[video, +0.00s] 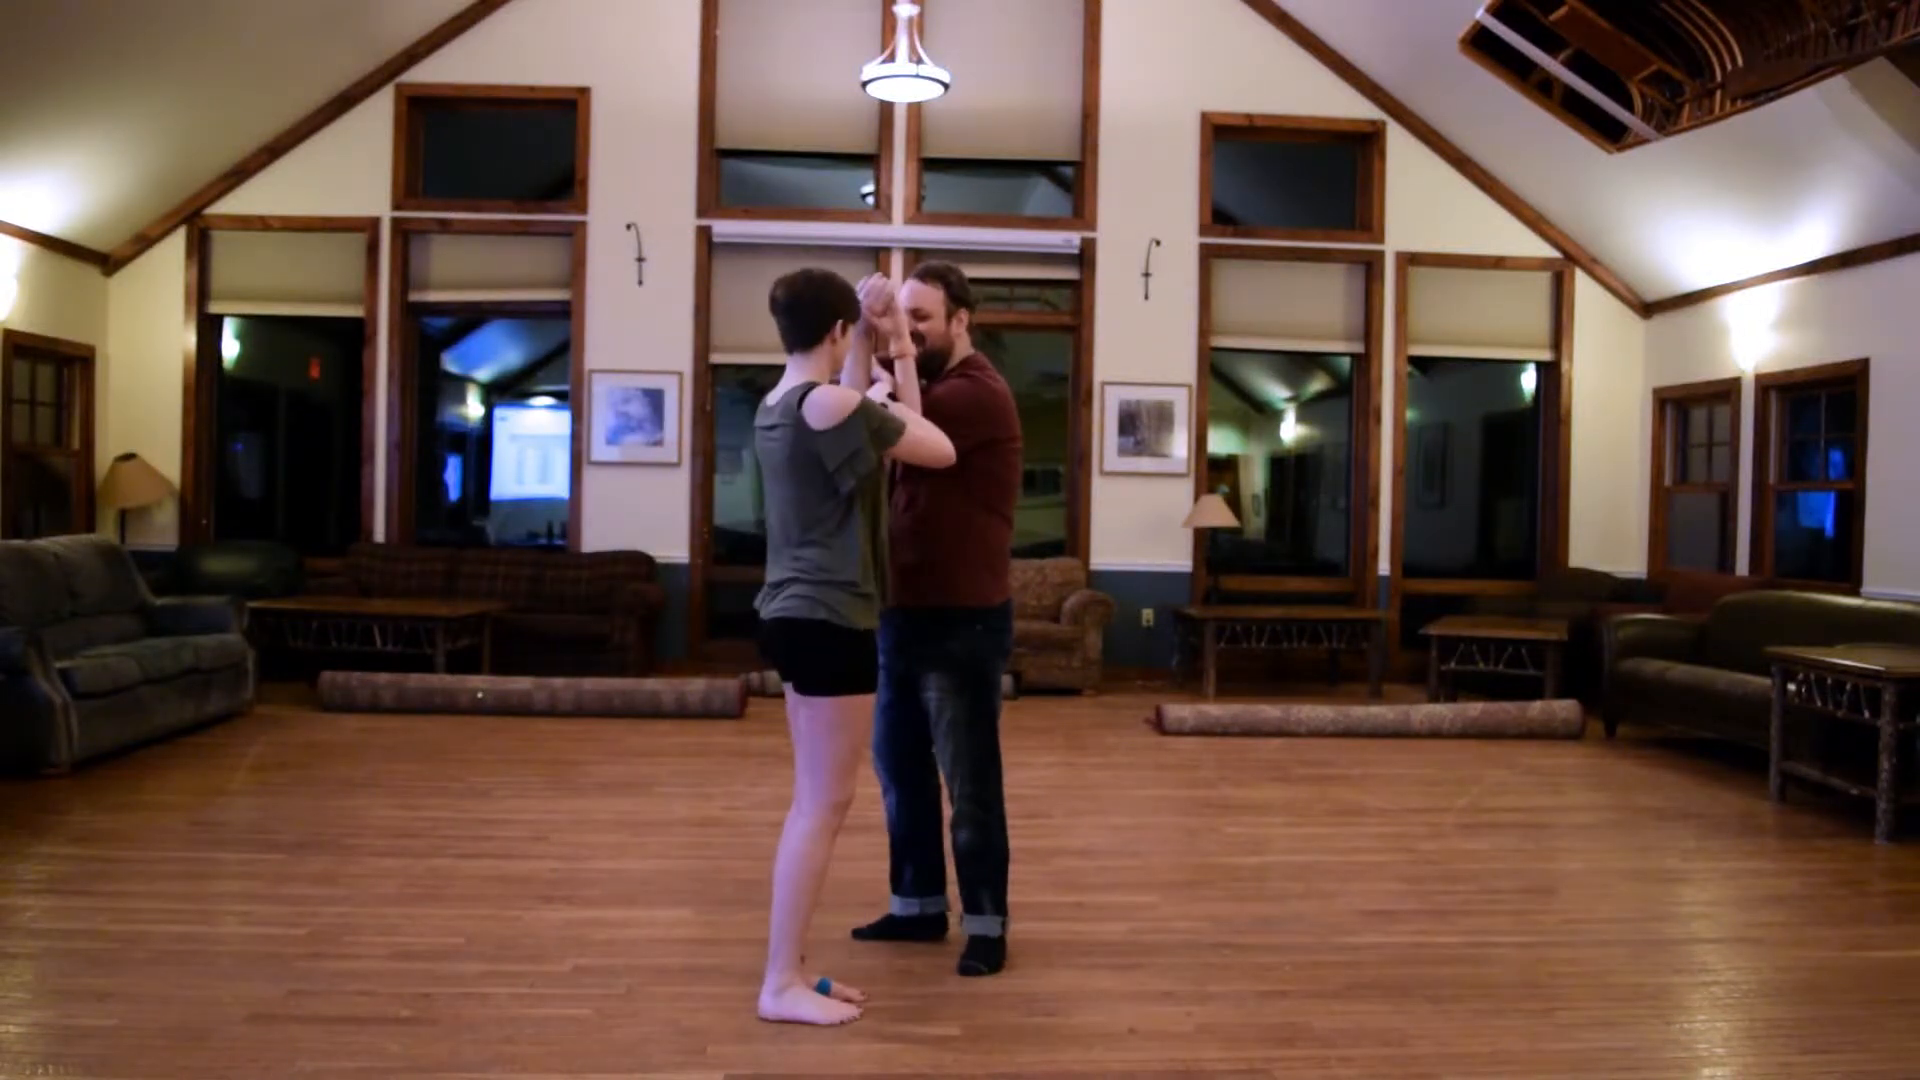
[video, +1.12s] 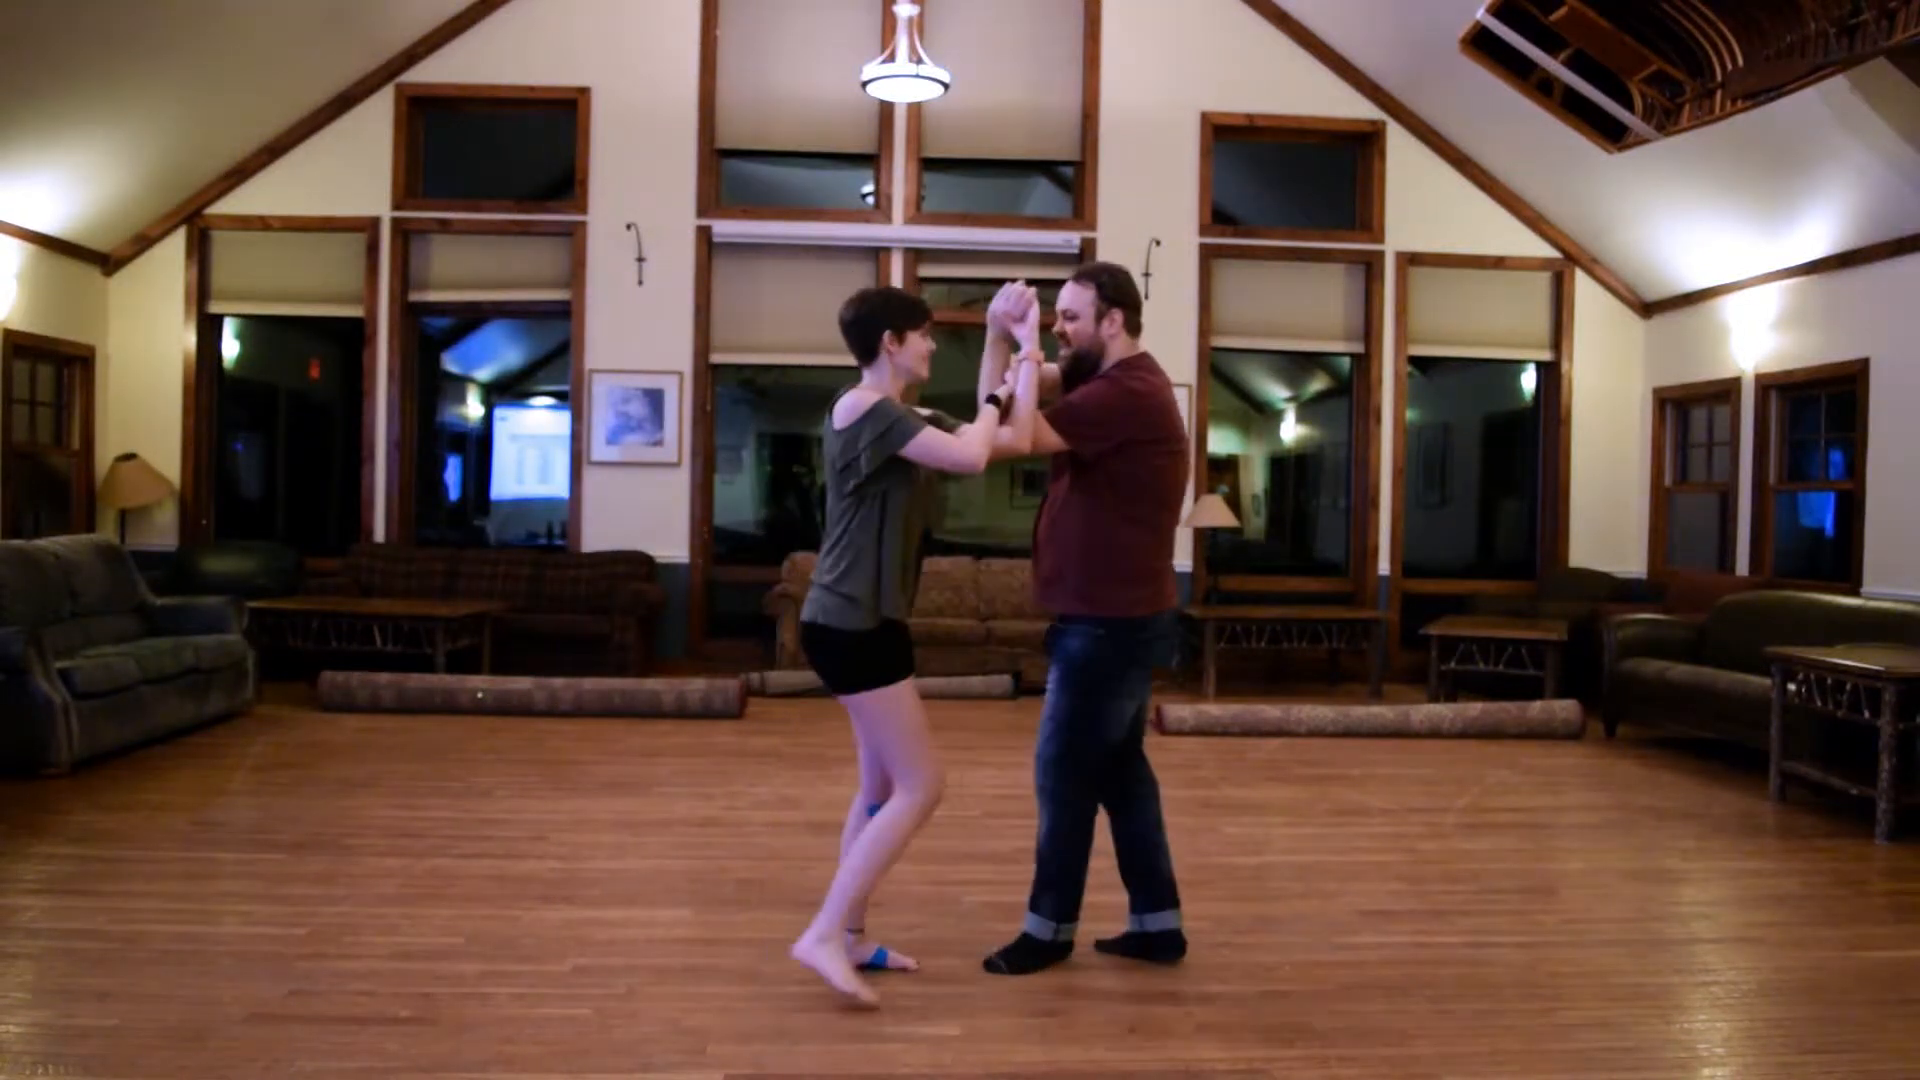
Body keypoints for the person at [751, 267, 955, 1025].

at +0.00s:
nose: (862, 336)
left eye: (862, 323)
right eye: (858, 326)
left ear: (789, 334)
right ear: (841, 333)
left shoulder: (777, 404)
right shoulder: (832, 405)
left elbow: (859, 429)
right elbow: (938, 448)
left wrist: (879, 351)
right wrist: (903, 367)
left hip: (795, 612)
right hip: (828, 619)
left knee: (817, 803)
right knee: (823, 806)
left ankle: (787, 975)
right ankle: (782, 985)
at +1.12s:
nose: (932, 351)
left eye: (932, 339)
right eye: (926, 338)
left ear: (883, 346)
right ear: (892, 344)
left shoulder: (863, 408)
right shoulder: (872, 414)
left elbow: (969, 445)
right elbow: (973, 453)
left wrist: (997, 366)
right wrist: (1010, 367)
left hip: (849, 619)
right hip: (858, 625)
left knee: (878, 786)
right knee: (921, 786)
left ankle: (849, 935)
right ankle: (824, 936)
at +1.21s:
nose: (951, 349)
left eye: (950, 337)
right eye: (944, 337)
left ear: (902, 344)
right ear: (909, 342)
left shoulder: (877, 406)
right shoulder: (889, 411)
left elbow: (998, 439)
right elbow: (983, 453)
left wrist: (1016, 363)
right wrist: (1012, 384)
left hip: (861, 615)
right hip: (872, 620)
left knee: (881, 785)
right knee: (945, 775)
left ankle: (846, 933)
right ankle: (877, 935)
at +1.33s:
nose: (979, 349)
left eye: (977, 337)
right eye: (971, 337)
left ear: (926, 345)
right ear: (938, 344)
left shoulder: (903, 407)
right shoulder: (915, 414)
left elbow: (1017, 439)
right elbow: (1012, 453)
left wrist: (1040, 353)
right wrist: (1036, 386)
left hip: (890, 615)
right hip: (897, 622)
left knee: (891, 782)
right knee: (967, 775)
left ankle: (847, 935)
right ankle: (979, 953)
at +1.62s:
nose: (1044, 358)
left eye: (1043, 346)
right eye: (1038, 347)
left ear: (994, 354)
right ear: (1008, 352)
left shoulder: (974, 418)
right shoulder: (991, 425)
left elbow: (1086, 448)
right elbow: (1091, 464)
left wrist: (1100, 364)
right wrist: (1116, 384)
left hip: (972, 626)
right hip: (989, 632)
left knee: (962, 789)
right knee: (1047, 790)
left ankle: (866, 913)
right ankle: (1055, 968)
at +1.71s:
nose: (1063, 357)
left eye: (1062, 345)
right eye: (1059, 345)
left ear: (1015, 352)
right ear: (1032, 350)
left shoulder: (990, 418)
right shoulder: (1015, 425)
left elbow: (1102, 448)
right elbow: (1123, 462)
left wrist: (1111, 363)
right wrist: (1145, 372)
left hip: (999, 623)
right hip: (1020, 629)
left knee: (1020, 797)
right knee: (1067, 791)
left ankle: (902, 890)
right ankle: (1056, 969)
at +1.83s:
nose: (1098, 350)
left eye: (1095, 338)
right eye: (1092, 338)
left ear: (1048, 348)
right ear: (1065, 346)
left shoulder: (1036, 412)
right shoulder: (1047, 421)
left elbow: (1134, 436)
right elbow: (1158, 461)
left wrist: (1142, 351)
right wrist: (1179, 371)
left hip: (1061, 625)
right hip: (1046, 630)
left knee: (1112, 791)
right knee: (1084, 798)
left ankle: (982, 886)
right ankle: (1057, 971)